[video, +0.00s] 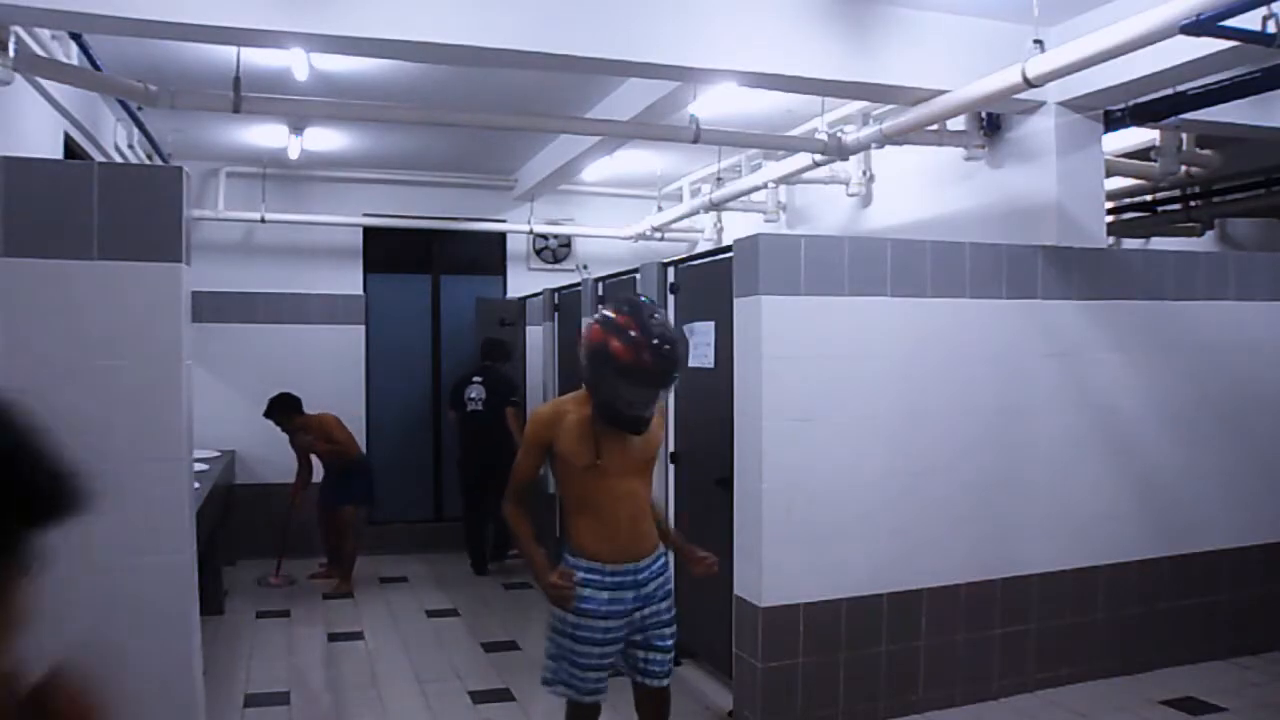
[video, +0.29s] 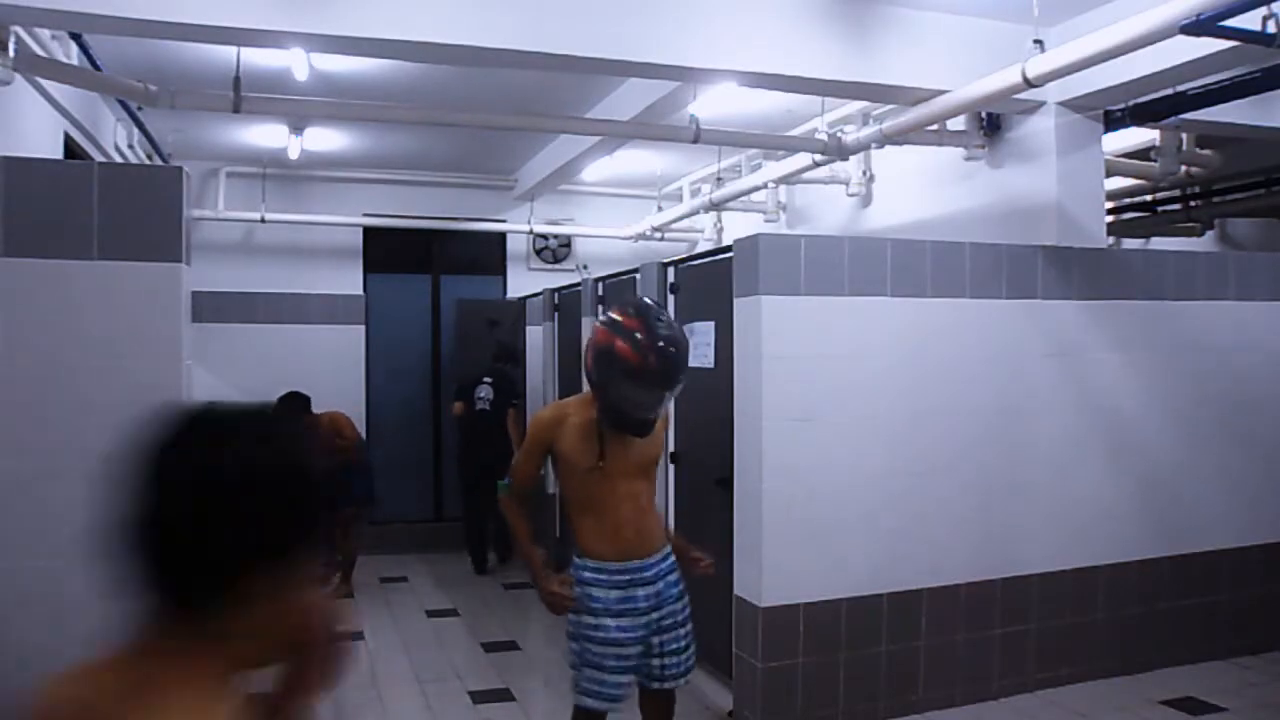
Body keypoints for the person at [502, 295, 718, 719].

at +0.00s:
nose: (643, 406)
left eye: (652, 393)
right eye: (631, 393)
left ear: (661, 381)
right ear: (599, 377)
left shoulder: (654, 417)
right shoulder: (553, 419)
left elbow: (641, 497)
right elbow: (514, 501)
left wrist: (682, 548)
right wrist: (542, 569)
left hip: (654, 579)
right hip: (591, 585)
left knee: (656, 699)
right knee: (585, 707)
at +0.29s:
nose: (643, 408)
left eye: (652, 397)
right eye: (632, 396)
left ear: (661, 383)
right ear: (603, 377)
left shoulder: (657, 416)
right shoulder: (554, 421)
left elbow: (640, 504)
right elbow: (512, 496)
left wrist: (678, 547)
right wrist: (540, 573)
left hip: (662, 579)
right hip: (600, 588)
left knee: (661, 700)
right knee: (594, 708)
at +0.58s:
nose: (600, 407)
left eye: (613, 395)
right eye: (589, 394)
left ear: (639, 377)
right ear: (570, 377)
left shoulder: (668, 419)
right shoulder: (550, 421)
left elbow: (670, 493)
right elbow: (551, 490)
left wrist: (681, 556)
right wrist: (542, 553)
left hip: (647, 575)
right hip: (577, 576)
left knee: (650, 704)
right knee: (581, 702)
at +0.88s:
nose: (619, 361)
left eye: (630, 346)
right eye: (607, 347)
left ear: (645, 354)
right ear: (584, 354)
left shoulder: (661, 416)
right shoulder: (566, 416)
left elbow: (674, 494)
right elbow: (547, 496)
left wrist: (689, 556)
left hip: (641, 573)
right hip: (574, 576)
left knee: (647, 690)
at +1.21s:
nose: (646, 414)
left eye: (653, 403)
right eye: (637, 403)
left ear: (660, 390)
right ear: (606, 383)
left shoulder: (648, 417)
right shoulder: (552, 422)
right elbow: (507, 488)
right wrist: (536, 561)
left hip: (649, 570)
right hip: (592, 576)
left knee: (661, 698)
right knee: (591, 706)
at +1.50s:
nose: (621, 411)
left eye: (632, 399)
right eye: (608, 400)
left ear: (650, 381)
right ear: (587, 380)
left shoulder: (669, 416)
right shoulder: (553, 420)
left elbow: (678, 489)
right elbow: (535, 500)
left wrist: (698, 545)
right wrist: (545, 567)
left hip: (649, 576)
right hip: (582, 578)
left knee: (653, 698)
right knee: (581, 702)